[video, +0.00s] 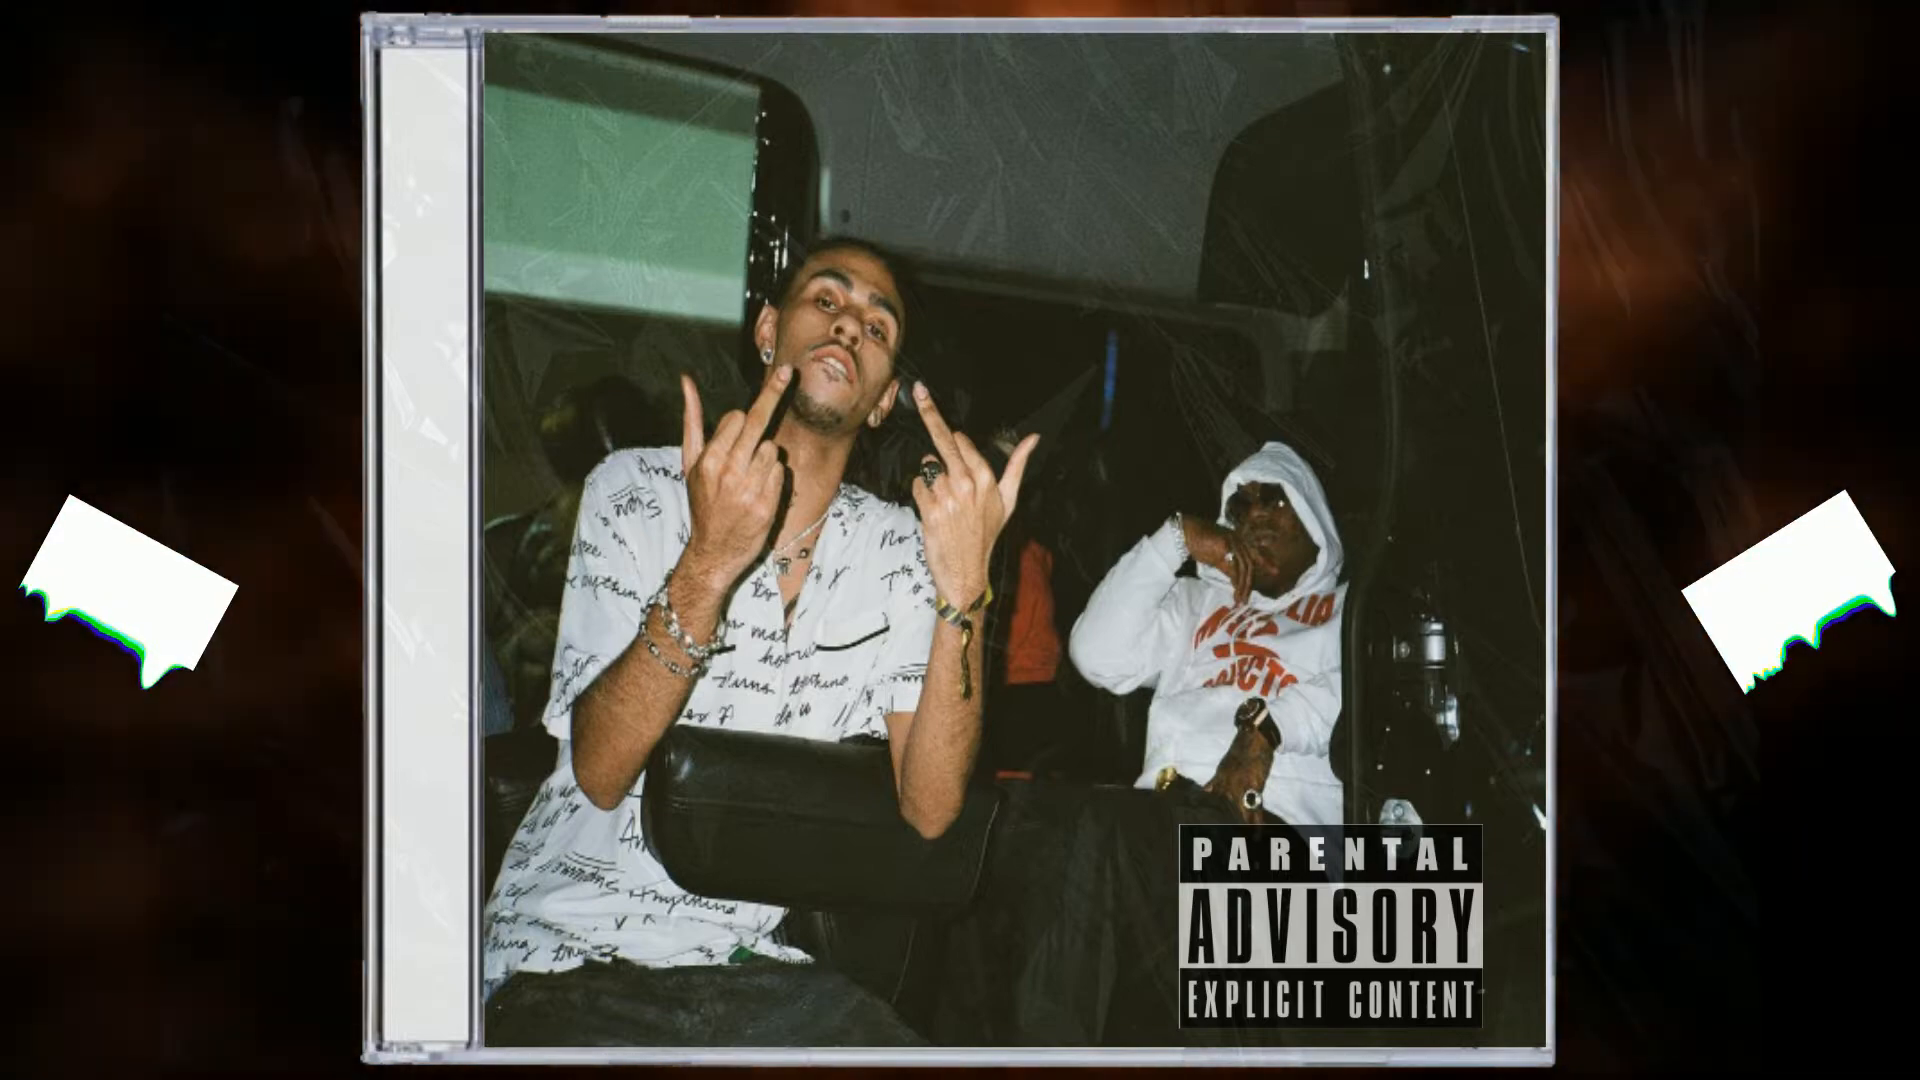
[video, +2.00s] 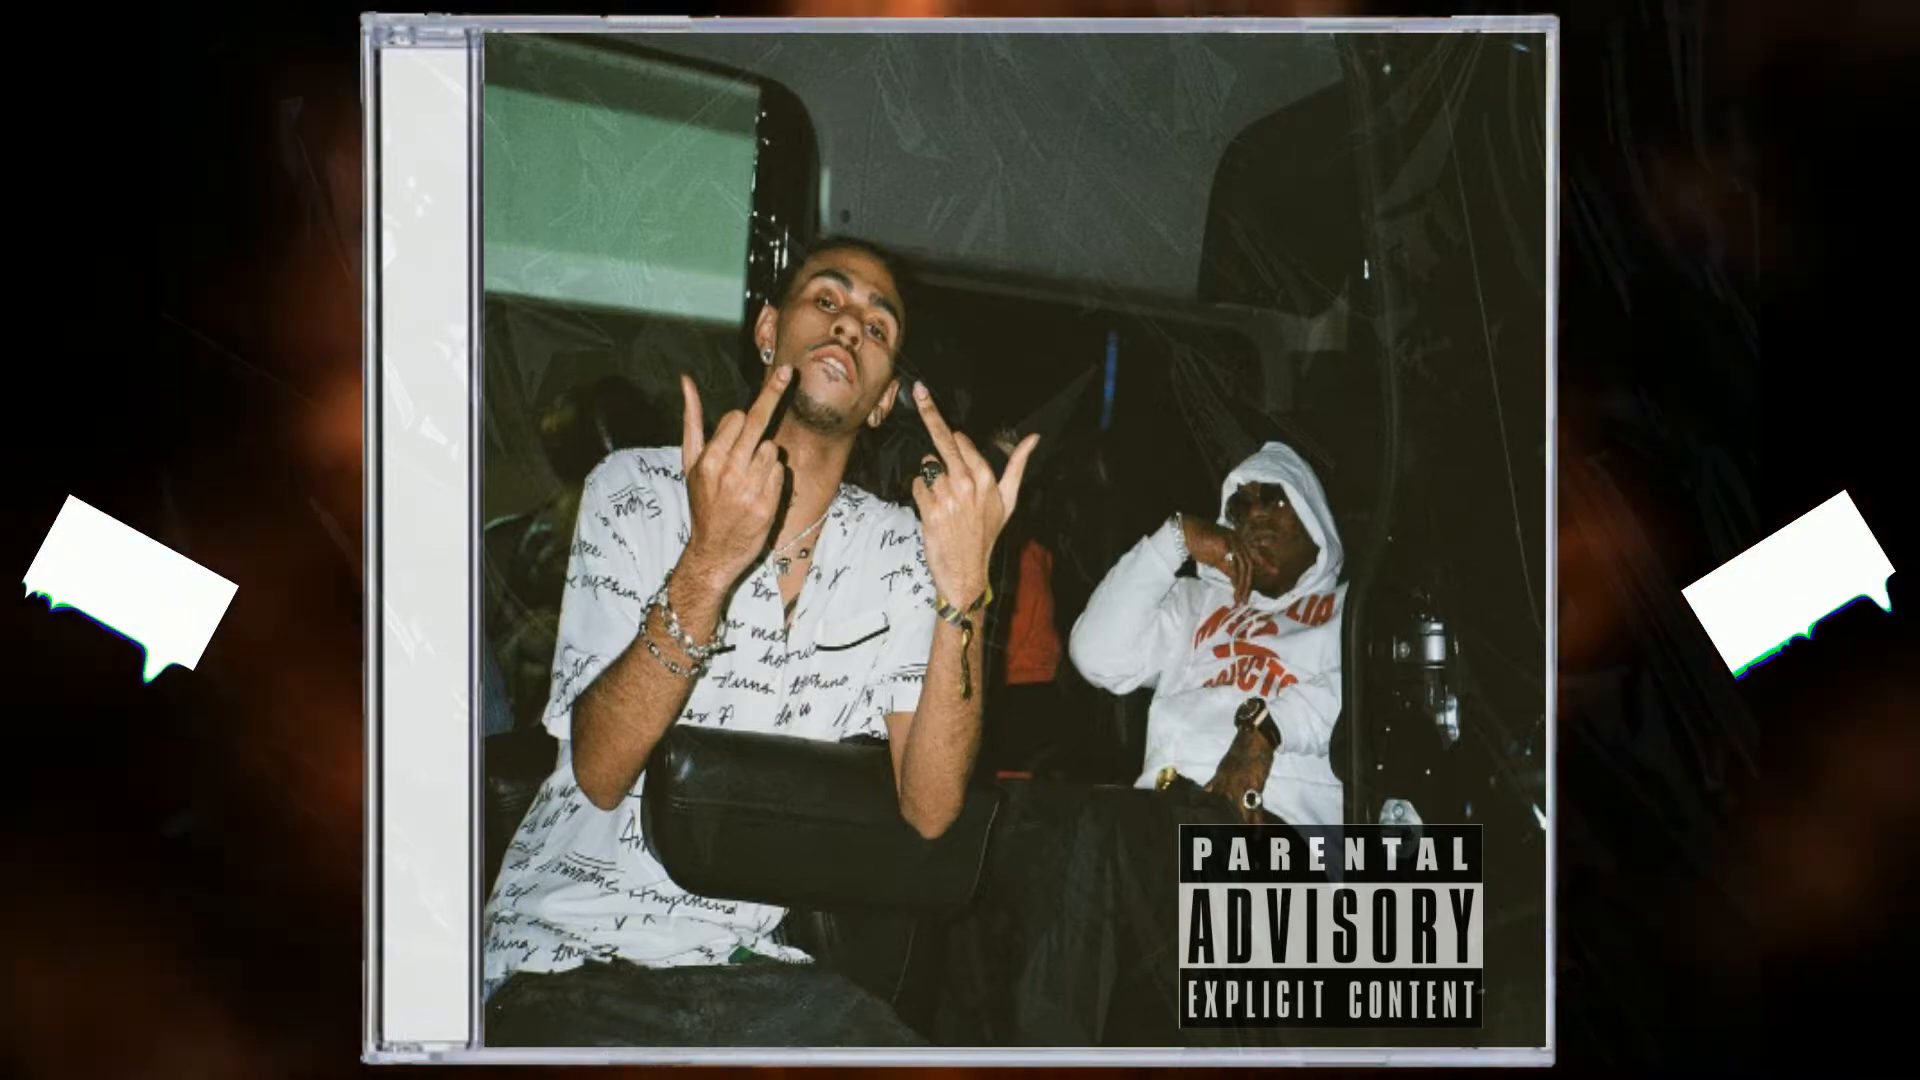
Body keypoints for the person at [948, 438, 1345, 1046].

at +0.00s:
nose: (1258, 519)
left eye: (1278, 502)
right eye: (1244, 504)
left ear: (1317, 524)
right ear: (1227, 524)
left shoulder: (1350, 610)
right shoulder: (1195, 601)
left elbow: (1351, 707)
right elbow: (1099, 657)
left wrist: (1261, 725)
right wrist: (1178, 538)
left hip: (1286, 821)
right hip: (1165, 810)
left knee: (1100, 822)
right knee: (1028, 811)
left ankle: (1049, 1054)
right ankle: (966, 1049)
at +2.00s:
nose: (1257, 522)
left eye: (1277, 505)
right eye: (1243, 507)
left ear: (1318, 526)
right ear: (1226, 526)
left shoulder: (1350, 607)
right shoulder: (1196, 601)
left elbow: (1355, 698)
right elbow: (1099, 658)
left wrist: (1266, 727)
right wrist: (1177, 538)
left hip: (1284, 818)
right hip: (1163, 809)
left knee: (1099, 822)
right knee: (1028, 810)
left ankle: (1049, 1053)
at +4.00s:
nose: (1258, 520)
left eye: (1278, 503)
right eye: (1243, 505)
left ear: (1317, 525)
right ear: (1226, 526)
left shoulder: (1349, 610)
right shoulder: (1195, 602)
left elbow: (1343, 703)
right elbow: (1099, 658)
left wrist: (1264, 727)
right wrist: (1177, 539)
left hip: (1283, 819)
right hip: (1163, 808)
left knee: (1102, 822)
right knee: (1028, 810)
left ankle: (1049, 1051)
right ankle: (969, 1047)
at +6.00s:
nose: (1258, 517)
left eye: (1279, 501)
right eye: (1245, 502)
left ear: (1318, 522)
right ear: (1227, 523)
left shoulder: (1351, 607)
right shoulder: (1197, 601)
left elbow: (1351, 701)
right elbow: (1099, 657)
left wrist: (1269, 725)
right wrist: (1177, 539)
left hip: (1284, 815)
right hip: (1166, 806)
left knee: (1101, 824)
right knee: (1025, 810)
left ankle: (1052, 1051)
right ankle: (968, 1046)